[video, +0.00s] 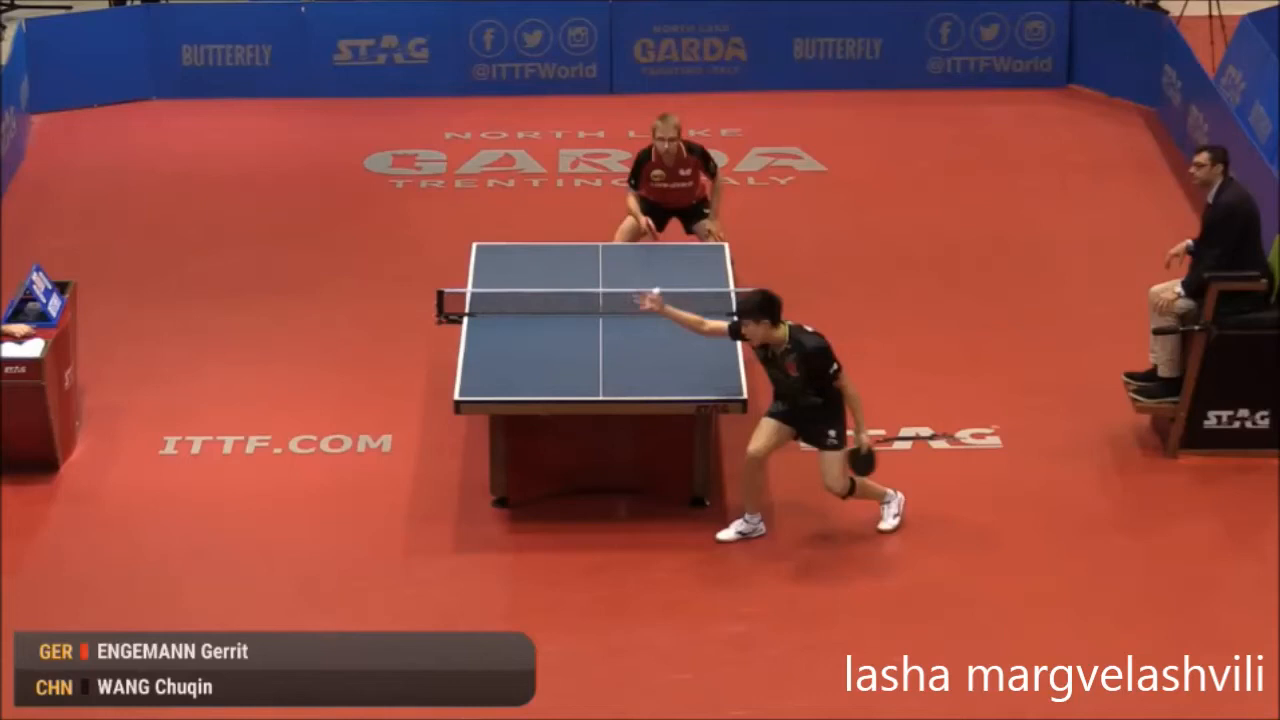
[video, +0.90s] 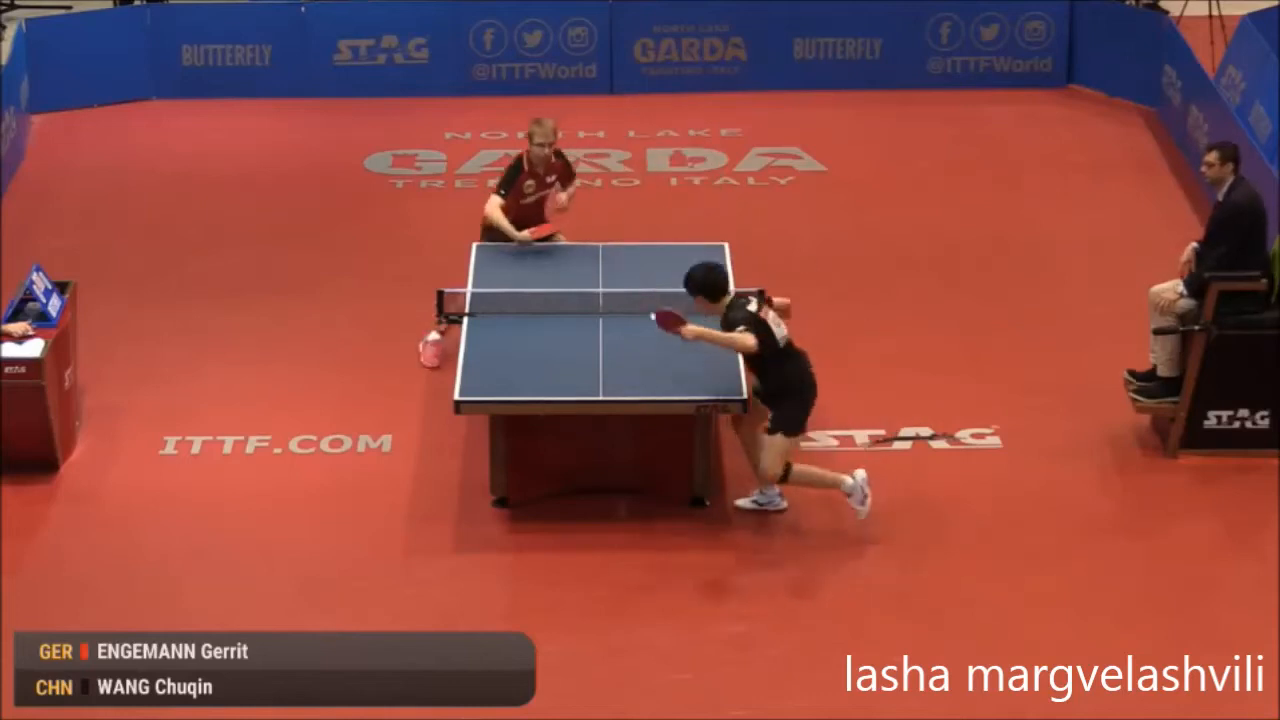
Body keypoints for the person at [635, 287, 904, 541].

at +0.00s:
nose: (743, 331)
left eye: (747, 325)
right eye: (742, 325)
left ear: (767, 324)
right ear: (754, 324)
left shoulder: (812, 346)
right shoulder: (754, 336)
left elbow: (846, 388)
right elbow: (705, 326)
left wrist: (862, 433)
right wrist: (663, 308)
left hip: (825, 411)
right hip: (787, 407)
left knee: (836, 484)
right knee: (754, 453)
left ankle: (890, 498)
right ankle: (752, 520)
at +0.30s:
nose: (775, 307)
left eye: (782, 303)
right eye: (776, 302)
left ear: (801, 307)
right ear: (782, 304)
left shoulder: (839, 325)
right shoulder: (777, 316)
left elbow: (875, 355)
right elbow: (733, 302)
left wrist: (887, 402)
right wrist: (691, 291)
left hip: (849, 387)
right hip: (808, 383)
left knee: (861, 455)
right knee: (772, 437)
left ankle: (893, 504)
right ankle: (757, 513)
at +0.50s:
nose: (770, 320)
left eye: (776, 316)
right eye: (770, 314)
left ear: (795, 319)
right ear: (772, 311)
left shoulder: (833, 323)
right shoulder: (773, 321)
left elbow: (879, 336)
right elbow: (745, 312)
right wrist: (716, 310)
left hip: (847, 380)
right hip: (807, 375)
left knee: (865, 451)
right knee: (758, 409)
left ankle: (893, 503)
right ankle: (784, 483)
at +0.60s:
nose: (762, 336)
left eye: (767, 332)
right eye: (760, 330)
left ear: (786, 328)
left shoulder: (822, 327)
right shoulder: (771, 327)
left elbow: (872, 342)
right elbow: (747, 320)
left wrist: (839, 353)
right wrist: (721, 322)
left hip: (841, 385)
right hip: (802, 379)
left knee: (860, 460)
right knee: (750, 412)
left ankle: (893, 503)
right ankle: (785, 480)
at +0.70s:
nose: (730, 340)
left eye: (731, 335)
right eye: (728, 335)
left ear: (746, 331)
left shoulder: (792, 328)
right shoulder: (754, 334)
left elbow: (835, 347)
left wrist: (792, 365)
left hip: (827, 386)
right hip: (794, 384)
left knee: (847, 465)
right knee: (745, 421)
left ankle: (891, 501)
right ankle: (768, 492)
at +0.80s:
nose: (710, 329)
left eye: (711, 323)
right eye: (708, 323)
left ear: (726, 320)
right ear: (731, 313)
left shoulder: (767, 328)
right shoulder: (748, 324)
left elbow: (798, 354)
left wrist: (749, 358)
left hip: (816, 387)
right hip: (786, 383)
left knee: (823, 470)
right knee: (741, 424)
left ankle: (886, 494)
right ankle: (769, 492)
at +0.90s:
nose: (695, 303)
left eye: (695, 297)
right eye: (693, 297)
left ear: (704, 299)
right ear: (724, 286)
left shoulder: (736, 315)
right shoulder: (746, 297)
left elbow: (749, 343)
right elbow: (785, 307)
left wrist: (701, 333)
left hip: (795, 388)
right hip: (777, 382)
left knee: (771, 471)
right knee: (743, 422)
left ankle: (850, 484)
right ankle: (769, 493)